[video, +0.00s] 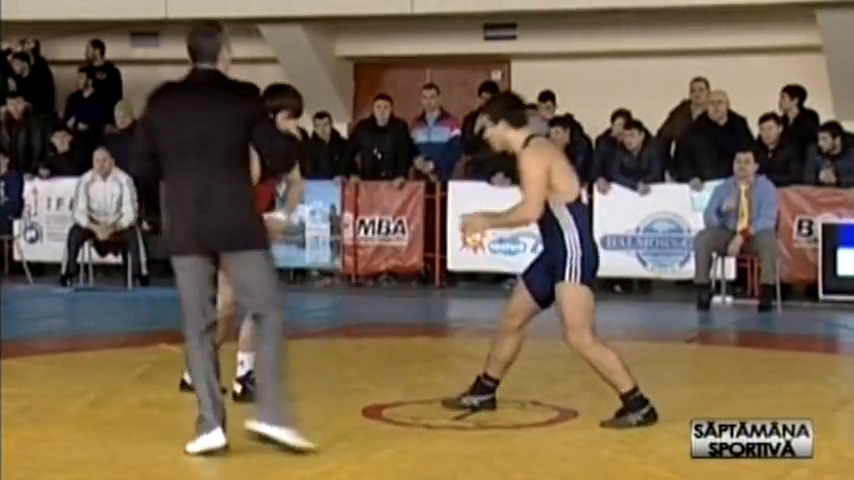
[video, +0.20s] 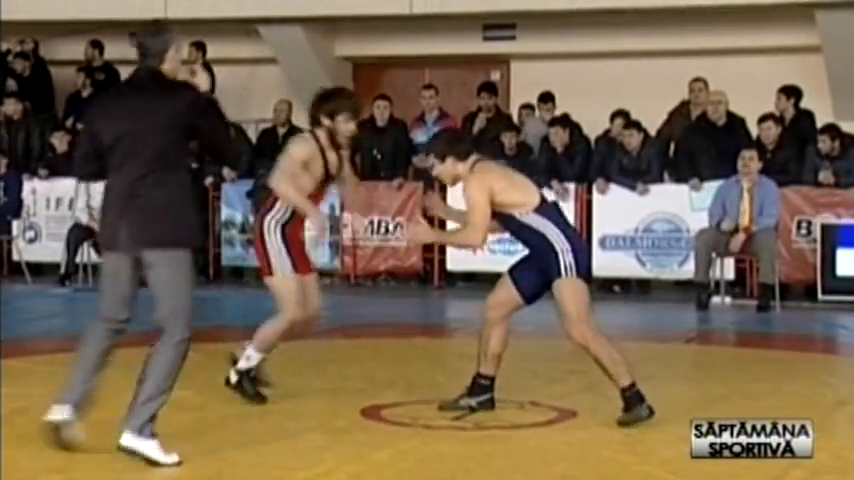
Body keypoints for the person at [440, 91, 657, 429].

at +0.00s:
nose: (487, 138)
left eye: (487, 130)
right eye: (484, 132)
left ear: (503, 124)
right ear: (509, 124)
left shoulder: (535, 153)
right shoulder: (535, 150)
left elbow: (531, 211)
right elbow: (531, 210)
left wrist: (486, 221)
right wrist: (490, 223)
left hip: (573, 252)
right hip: (554, 252)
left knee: (579, 336)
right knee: (512, 319)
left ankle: (636, 402)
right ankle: (484, 390)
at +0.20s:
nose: (434, 173)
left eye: (436, 165)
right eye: (432, 166)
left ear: (452, 159)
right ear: (458, 156)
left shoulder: (477, 179)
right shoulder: (484, 172)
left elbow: (474, 236)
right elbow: (495, 225)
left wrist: (432, 236)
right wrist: (446, 212)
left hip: (563, 250)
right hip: (543, 254)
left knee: (580, 330)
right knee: (495, 309)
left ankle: (634, 398)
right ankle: (482, 390)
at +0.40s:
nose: (424, 222)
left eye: (423, 216)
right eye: (420, 217)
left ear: (435, 209)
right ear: (442, 199)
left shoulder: (466, 216)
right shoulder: (464, 208)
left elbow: (473, 274)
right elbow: (478, 263)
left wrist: (429, 257)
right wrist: (437, 246)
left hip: (554, 268)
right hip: (530, 273)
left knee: (579, 346)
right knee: (472, 310)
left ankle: (648, 401)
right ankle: (478, 391)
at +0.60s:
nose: (438, 172)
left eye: (442, 166)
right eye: (439, 166)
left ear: (457, 166)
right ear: (467, 166)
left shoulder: (472, 195)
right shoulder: (478, 191)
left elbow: (423, 230)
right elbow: (442, 240)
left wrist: (409, 187)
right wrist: (424, 195)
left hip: (538, 271)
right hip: (518, 270)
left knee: (563, 356)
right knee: (457, 314)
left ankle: (639, 402)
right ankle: (475, 391)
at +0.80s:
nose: (525, 110)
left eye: (533, 106)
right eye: (528, 105)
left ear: (548, 117)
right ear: (545, 116)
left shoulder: (544, 149)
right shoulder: (535, 146)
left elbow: (483, 158)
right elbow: (489, 157)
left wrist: (485, 118)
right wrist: (491, 119)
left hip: (551, 247)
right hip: (522, 248)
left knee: (572, 335)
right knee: (472, 317)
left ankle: (630, 397)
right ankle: (471, 390)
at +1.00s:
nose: (558, 104)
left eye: (568, 99)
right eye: (555, 95)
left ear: (586, 107)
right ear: (550, 94)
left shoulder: (585, 142)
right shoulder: (549, 127)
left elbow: (563, 203)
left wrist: (516, 176)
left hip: (601, 227)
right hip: (562, 227)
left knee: (624, 316)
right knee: (533, 310)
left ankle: (640, 395)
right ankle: (547, 393)